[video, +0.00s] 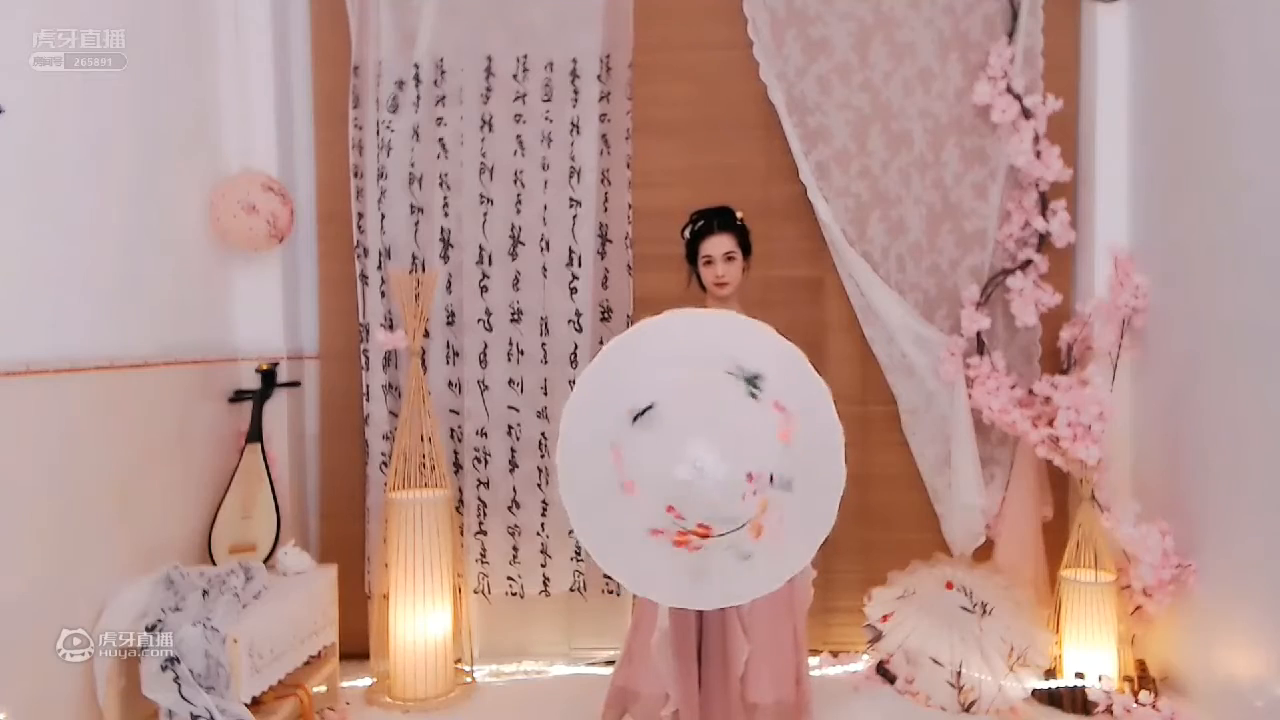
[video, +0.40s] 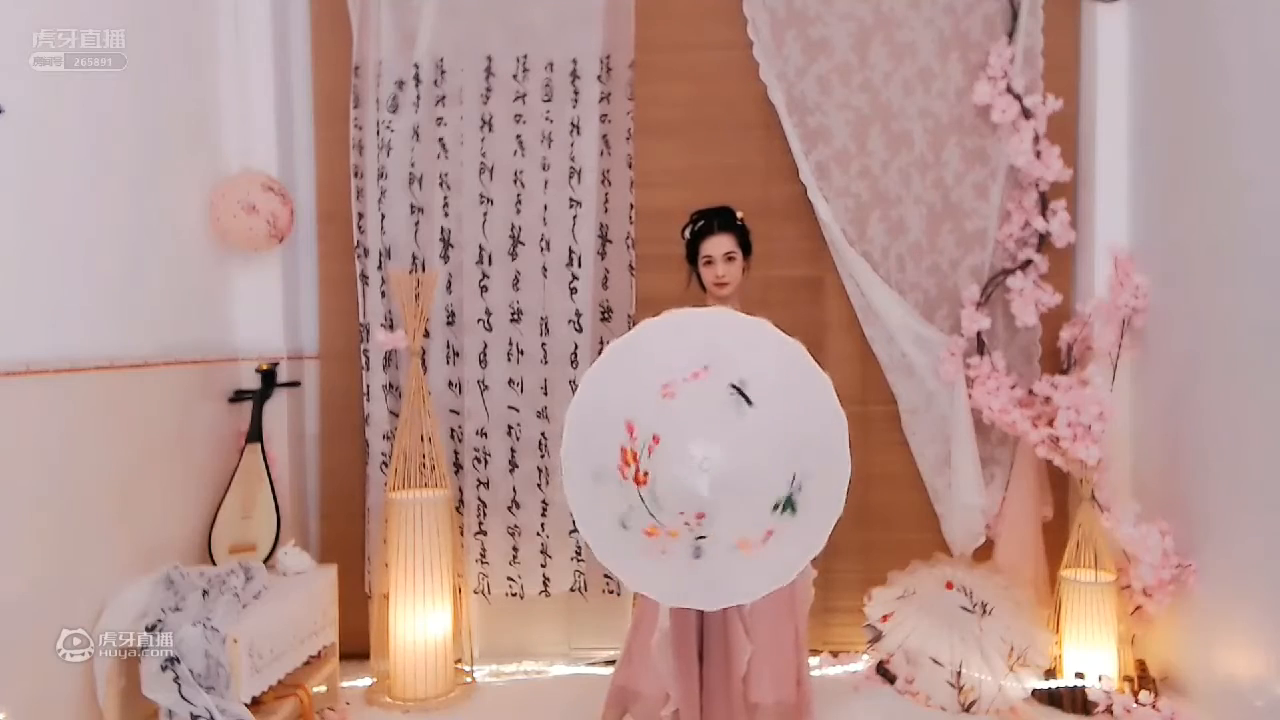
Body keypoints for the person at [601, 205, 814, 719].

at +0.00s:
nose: (718, 270)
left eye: (729, 258)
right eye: (708, 260)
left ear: (745, 263)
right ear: (695, 268)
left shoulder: (761, 339)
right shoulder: (673, 337)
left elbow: (786, 430)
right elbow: (651, 421)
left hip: (750, 485)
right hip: (683, 483)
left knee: (747, 605)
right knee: (683, 606)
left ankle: (747, 709)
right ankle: (679, 710)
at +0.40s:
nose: (719, 271)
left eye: (729, 258)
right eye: (708, 260)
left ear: (745, 263)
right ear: (695, 267)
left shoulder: (764, 340)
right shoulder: (672, 337)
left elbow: (789, 431)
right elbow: (646, 420)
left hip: (752, 493)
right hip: (684, 492)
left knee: (750, 612)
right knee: (683, 613)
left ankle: (749, 710)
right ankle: (679, 711)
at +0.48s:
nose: (718, 271)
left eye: (728, 258)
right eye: (707, 261)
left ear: (745, 263)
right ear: (694, 267)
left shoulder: (764, 343)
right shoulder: (673, 334)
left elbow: (793, 430)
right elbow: (640, 415)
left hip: (752, 495)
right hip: (682, 495)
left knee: (749, 614)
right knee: (682, 614)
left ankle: (748, 711)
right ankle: (679, 712)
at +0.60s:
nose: (718, 271)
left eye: (728, 258)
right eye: (707, 261)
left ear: (744, 263)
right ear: (694, 267)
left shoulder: (766, 343)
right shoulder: (671, 333)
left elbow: (796, 430)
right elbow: (635, 415)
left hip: (752, 499)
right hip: (682, 498)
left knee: (750, 618)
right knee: (681, 620)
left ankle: (747, 712)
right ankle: (677, 713)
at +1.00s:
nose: (716, 272)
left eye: (726, 259)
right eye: (705, 262)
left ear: (742, 263)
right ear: (693, 268)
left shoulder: (761, 339)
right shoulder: (674, 333)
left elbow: (786, 427)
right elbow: (649, 418)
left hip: (747, 490)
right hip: (685, 486)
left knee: (746, 604)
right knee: (681, 604)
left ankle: (745, 710)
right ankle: (678, 711)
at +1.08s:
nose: (716, 271)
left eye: (726, 259)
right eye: (705, 261)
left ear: (742, 263)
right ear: (693, 268)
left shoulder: (760, 337)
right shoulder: (672, 334)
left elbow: (785, 427)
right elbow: (647, 417)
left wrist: (786, 511)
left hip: (746, 492)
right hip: (683, 489)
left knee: (745, 608)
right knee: (680, 608)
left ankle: (744, 710)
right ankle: (677, 711)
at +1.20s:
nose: (716, 272)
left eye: (726, 259)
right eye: (705, 262)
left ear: (742, 264)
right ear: (692, 268)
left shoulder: (759, 338)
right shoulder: (671, 333)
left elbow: (783, 427)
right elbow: (644, 417)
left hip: (744, 490)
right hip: (682, 487)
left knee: (743, 606)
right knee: (679, 605)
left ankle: (743, 710)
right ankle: (676, 710)